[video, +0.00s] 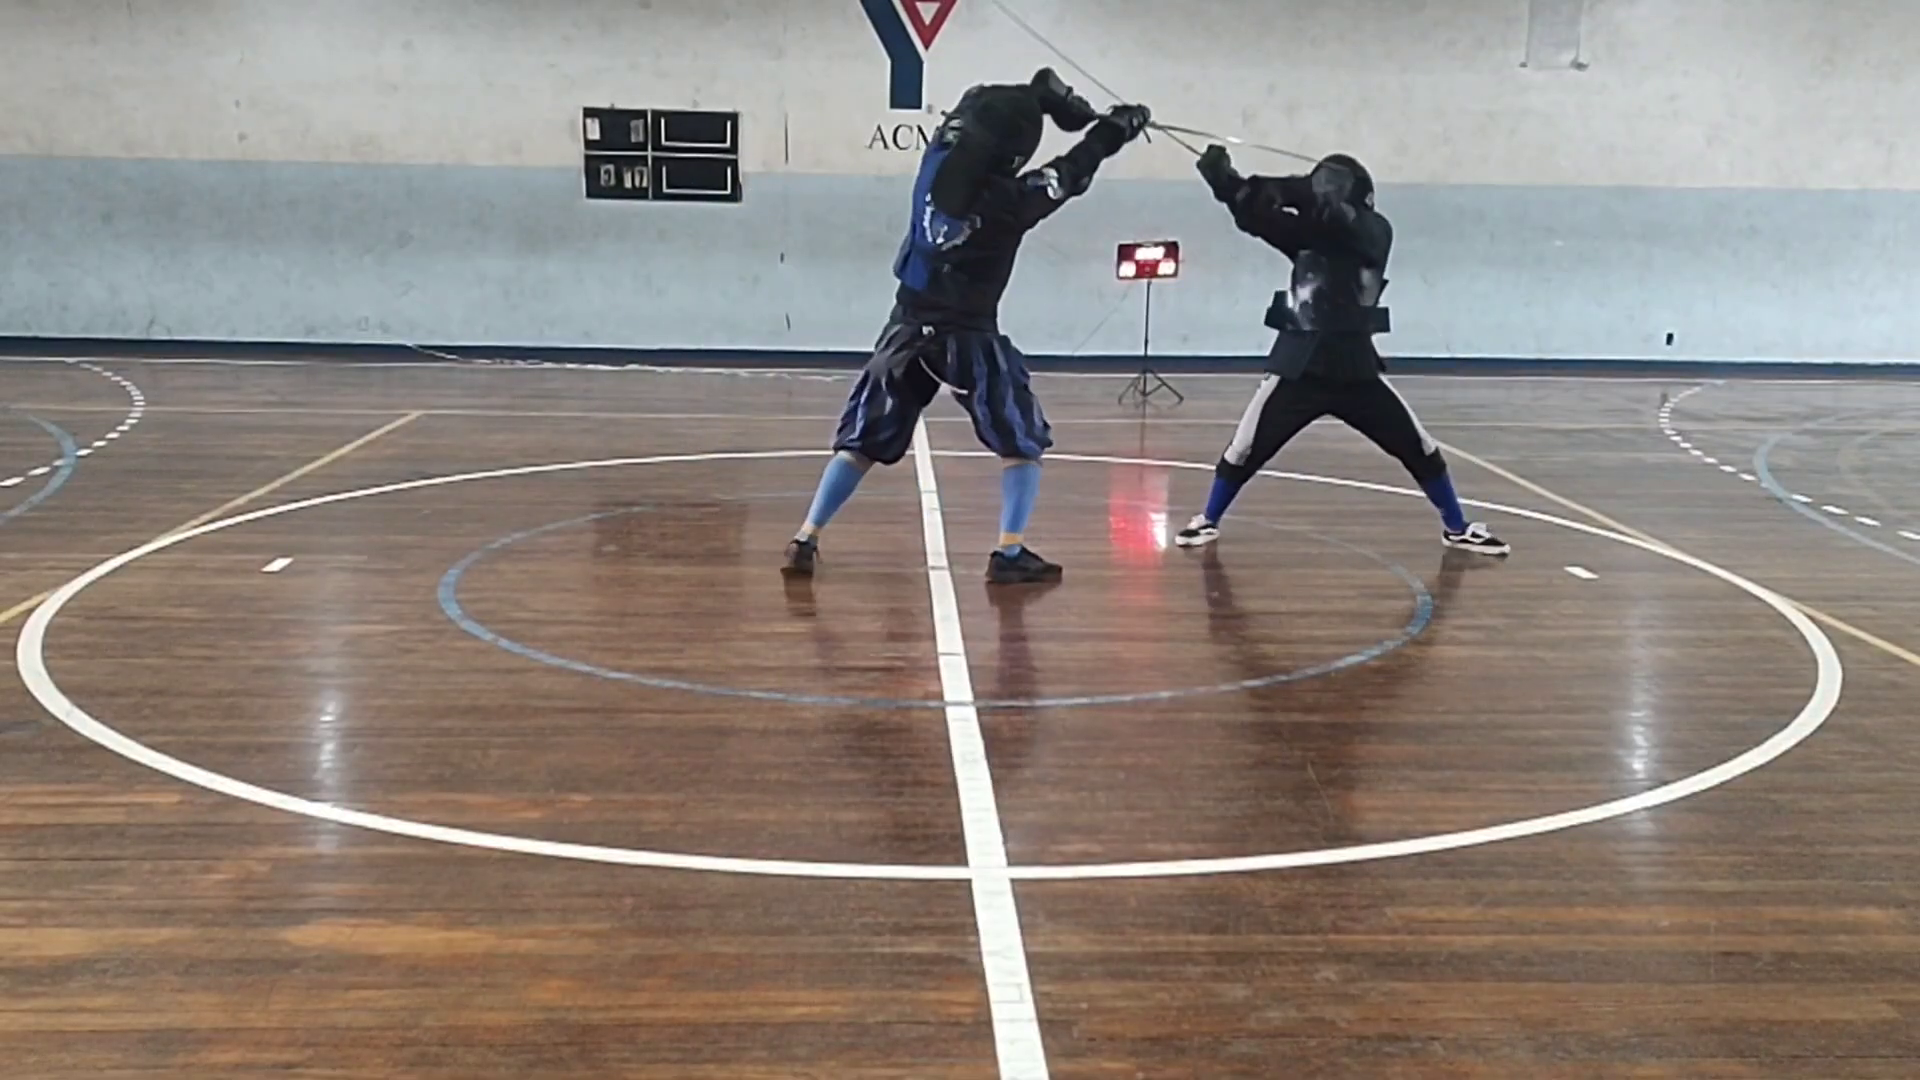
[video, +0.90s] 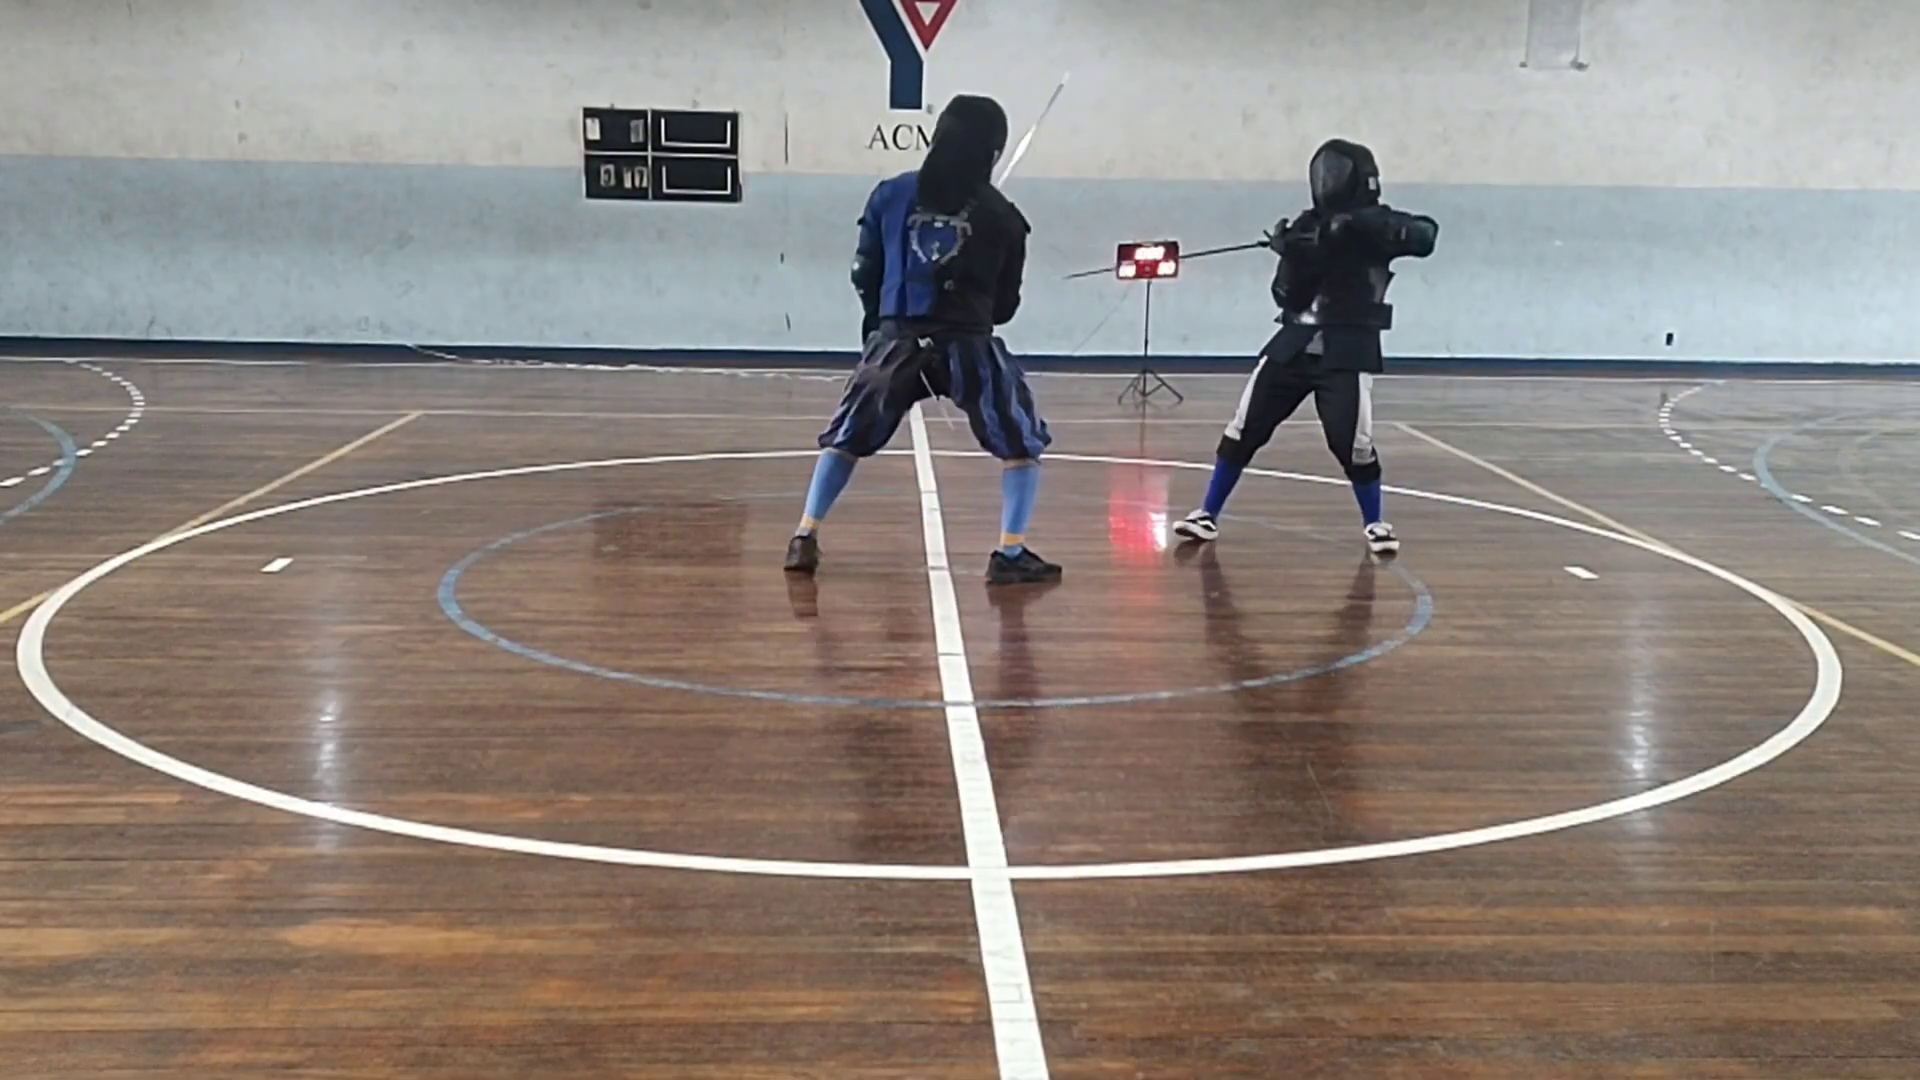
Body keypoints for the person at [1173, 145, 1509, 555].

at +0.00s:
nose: (1322, 194)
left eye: (1330, 185)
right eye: (1318, 186)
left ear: (1351, 191)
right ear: (1312, 189)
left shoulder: (1375, 231)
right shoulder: (1304, 231)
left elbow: (1328, 212)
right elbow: (1256, 216)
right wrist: (1225, 181)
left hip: (1356, 373)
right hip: (1297, 372)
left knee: (1421, 451)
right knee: (1244, 450)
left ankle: (1459, 529)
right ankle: (1208, 521)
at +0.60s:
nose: (1326, 177)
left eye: (1335, 169)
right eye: (1322, 168)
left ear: (1357, 175)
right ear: (1313, 171)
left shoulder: (1372, 219)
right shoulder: (1302, 209)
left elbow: (1360, 234)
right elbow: (1253, 228)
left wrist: (1293, 197)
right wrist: (1228, 199)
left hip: (1339, 352)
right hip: (1281, 348)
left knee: (1382, 441)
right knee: (1238, 434)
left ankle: (1425, 521)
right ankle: (1208, 519)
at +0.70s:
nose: (1326, 174)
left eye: (1337, 166)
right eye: (1320, 164)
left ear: (1356, 174)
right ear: (1310, 168)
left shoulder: (1368, 216)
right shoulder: (1290, 214)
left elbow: (1366, 237)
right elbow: (1249, 263)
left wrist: (1327, 213)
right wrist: (1236, 229)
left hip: (1337, 348)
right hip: (1279, 344)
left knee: (1368, 441)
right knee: (1237, 431)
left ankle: (1385, 524)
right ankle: (1207, 517)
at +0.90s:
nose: (1327, 181)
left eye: (1338, 171)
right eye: (1321, 171)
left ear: (1361, 177)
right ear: (1314, 176)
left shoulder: (1380, 222)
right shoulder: (1303, 227)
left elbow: (1424, 238)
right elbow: (1288, 300)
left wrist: (1360, 222)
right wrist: (1296, 251)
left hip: (1346, 350)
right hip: (1292, 344)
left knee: (1353, 443)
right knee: (1243, 430)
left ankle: (1375, 524)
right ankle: (1207, 515)